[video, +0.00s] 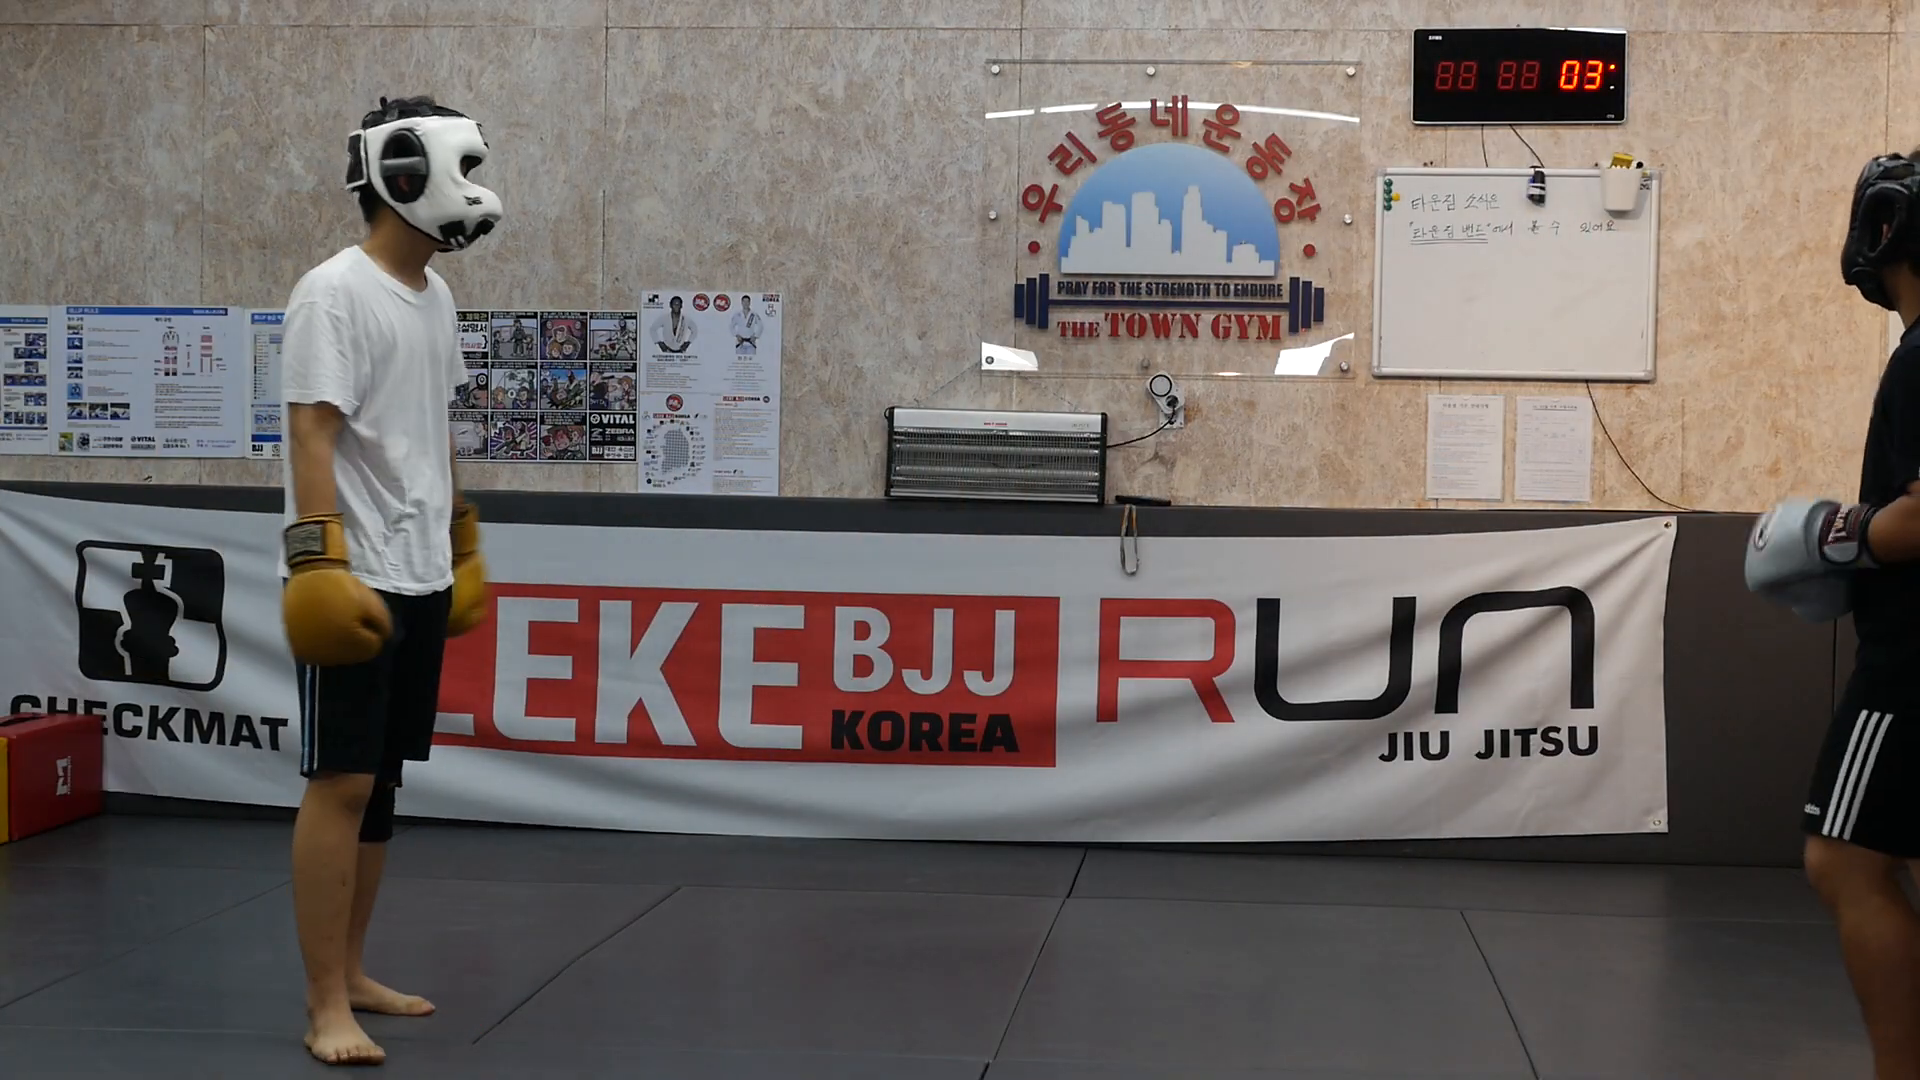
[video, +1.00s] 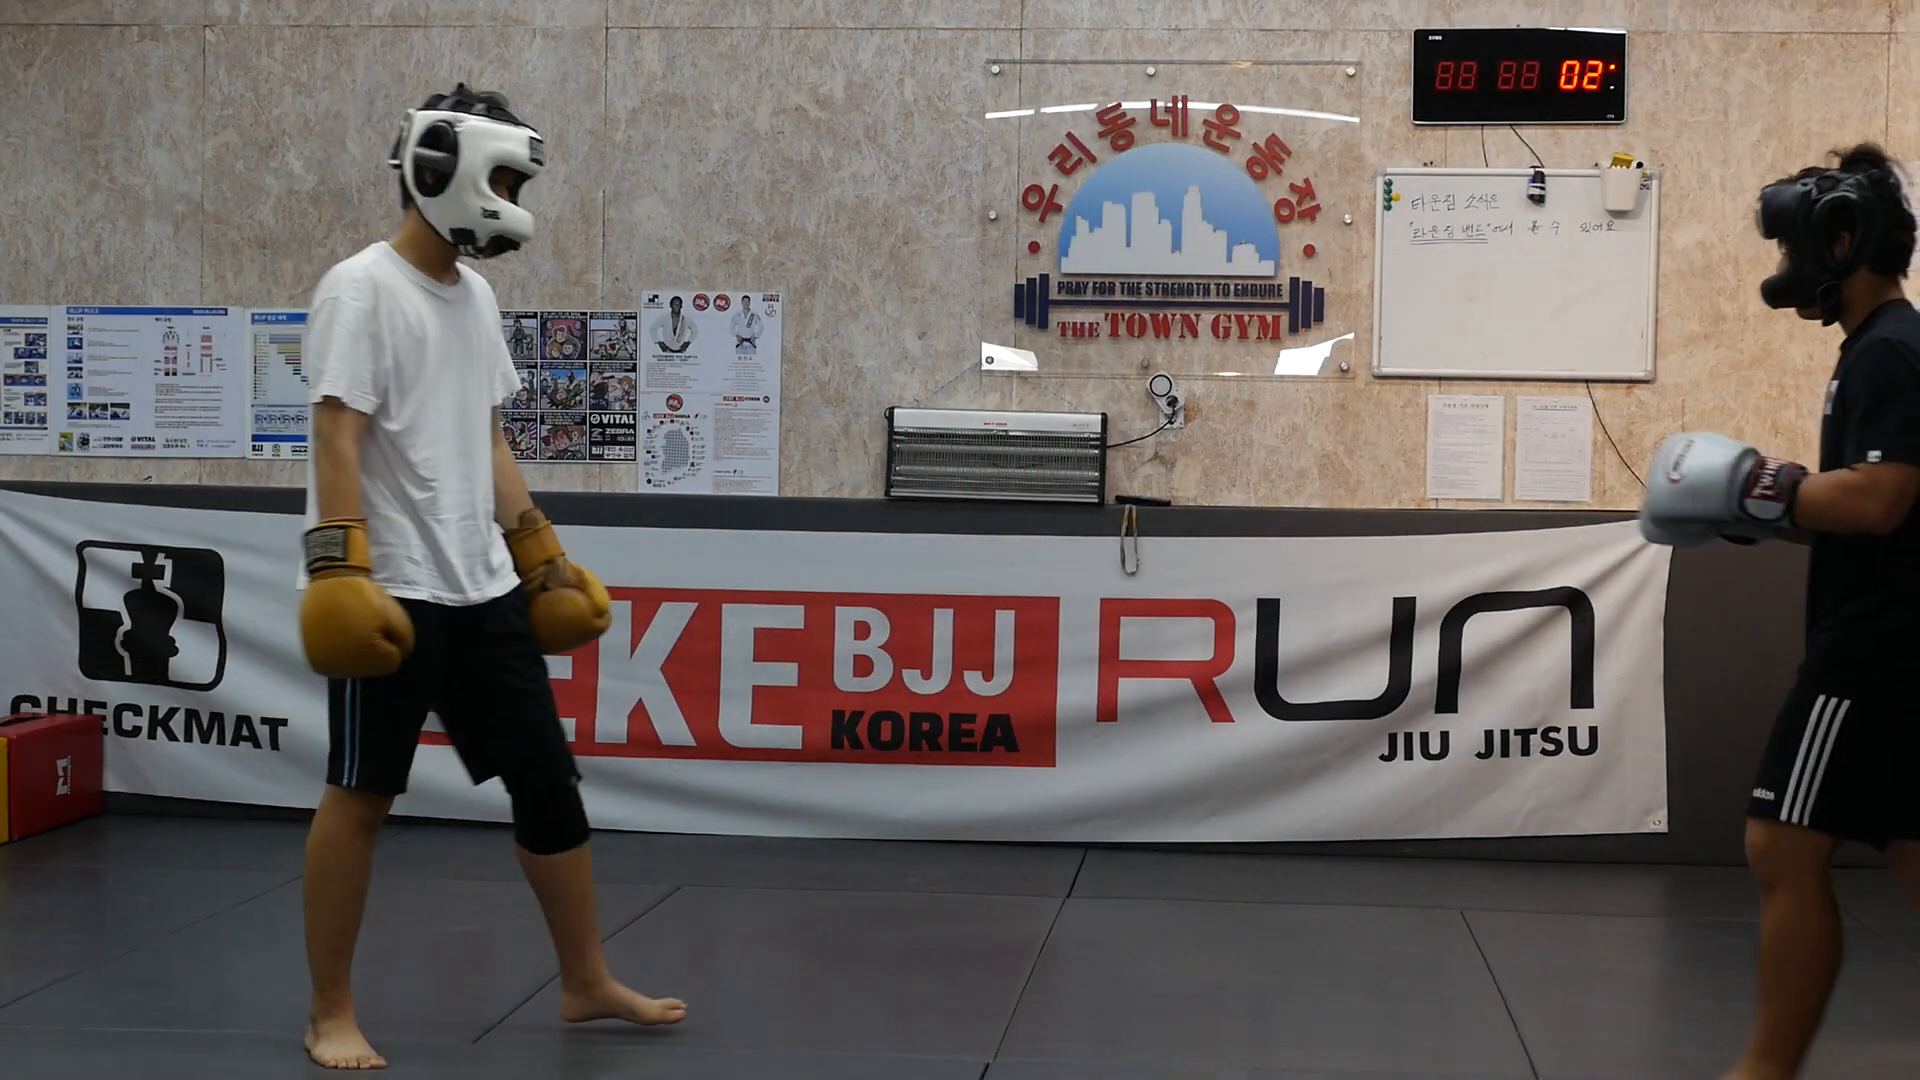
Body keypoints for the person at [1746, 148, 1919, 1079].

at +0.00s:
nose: (1863, 264)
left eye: (1867, 245)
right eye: (1868, 247)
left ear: (1886, 240)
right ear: (1909, 242)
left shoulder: (1919, 356)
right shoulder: (1911, 351)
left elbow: (1913, 509)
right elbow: (1907, 501)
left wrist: (1847, 535)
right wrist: (1852, 544)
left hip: (1907, 657)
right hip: (1900, 649)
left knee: (1843, 859)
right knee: (1875, 856)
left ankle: (1899, 1063)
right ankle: (1899, 1059)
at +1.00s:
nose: (1792, 268)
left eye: (1801, 248)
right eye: (1793, 249)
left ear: (1842, 249)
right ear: (1866, 249)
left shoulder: (1889, 350)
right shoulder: (1884, 344)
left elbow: (1881, 500)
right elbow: (1870, 497)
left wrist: (1764, 491)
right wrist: (1767, 497)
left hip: (1869, 653)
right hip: (1885, 647)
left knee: (1783, 847)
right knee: (1909, 850)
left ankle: (1769, 1065)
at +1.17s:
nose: (1743, 279)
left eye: (1753, 258)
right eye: (1743, 260)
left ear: (1801, 258)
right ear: (1813, 259)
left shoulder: (1843, 364)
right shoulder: (1847, 358)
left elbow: (1798, 505)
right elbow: (1798, 504)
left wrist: (1679, 473)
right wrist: (1696, 479)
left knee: (1771, 885)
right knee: (1903, 877)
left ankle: (1704, 1067)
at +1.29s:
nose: (1697, 276)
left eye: (1708, 257)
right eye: (1698, 257)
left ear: (1756, 259)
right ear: (1767, 260)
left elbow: (1729, 503)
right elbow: (1740, 498)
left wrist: (1617, 463)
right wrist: (1643, 467)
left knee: (1738, 882)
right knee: (1835, 866)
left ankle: (1696, 1071)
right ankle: (1919, 1048)